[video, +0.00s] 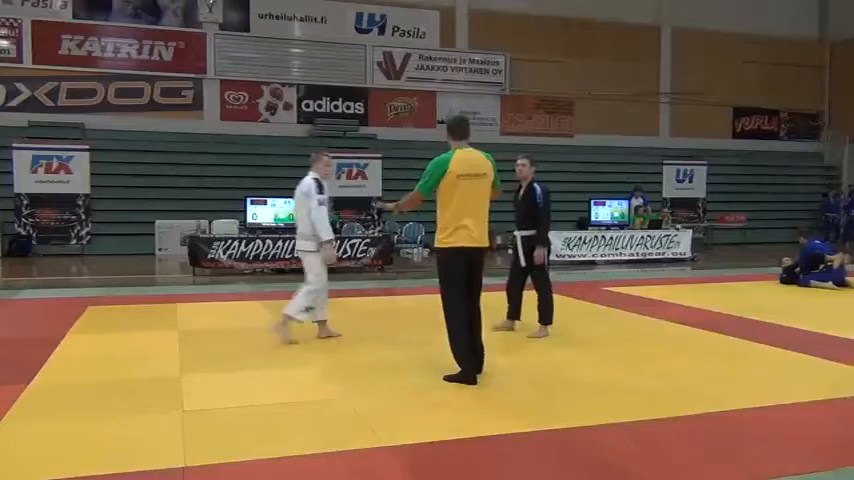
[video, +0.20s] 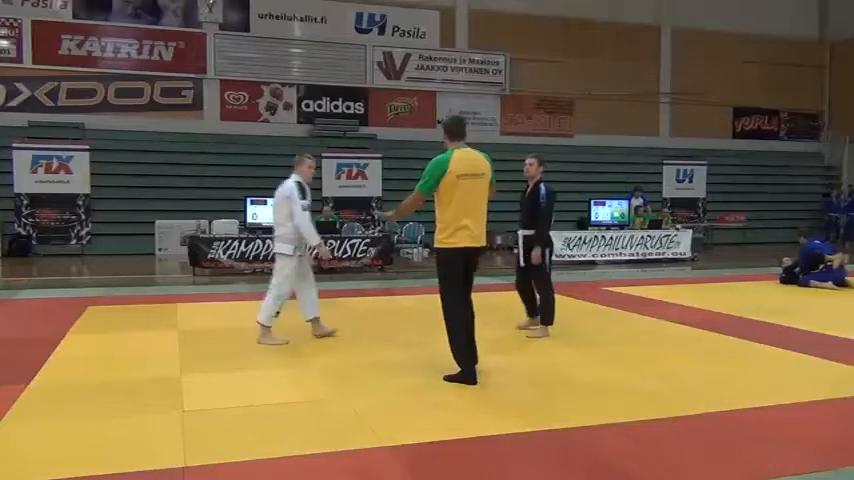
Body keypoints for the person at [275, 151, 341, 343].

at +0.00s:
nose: (330, 169)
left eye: (330, 166)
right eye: (327, 165)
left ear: (318, 165)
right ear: (317, 165)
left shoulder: (307, 183)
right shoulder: (314, 184)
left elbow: (312, 214)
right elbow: (318, 214)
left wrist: (325, 240)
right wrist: (328, 241)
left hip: (311, 243)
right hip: (310, 244)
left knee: (320, 283)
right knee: (316, 283)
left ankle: (322, 325)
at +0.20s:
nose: (313, 172)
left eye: (313, 168)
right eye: (310, 168)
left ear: (299, 168)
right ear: (299, 167)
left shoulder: (288, 186)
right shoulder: (296, 187)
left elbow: (288, 221)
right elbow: (302, 219)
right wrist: (319, 244)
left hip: (295, 248)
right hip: (288, 248)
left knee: (306, 284)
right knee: (280, 287)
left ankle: (316, 324)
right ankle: (264, 331)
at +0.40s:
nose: (297, 168)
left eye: (298, 164)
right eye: (294, 163)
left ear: (283, 164)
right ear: (282, 163)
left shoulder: (273, 181)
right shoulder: (280, 182)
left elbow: (277, 215)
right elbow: (280, 216)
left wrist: (291, 240)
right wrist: (292, 242)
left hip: (274, 243)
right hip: (272, 243)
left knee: (282, 283)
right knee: (272, 284)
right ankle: (263, 330)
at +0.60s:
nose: (281, 168)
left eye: (282, 164)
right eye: (278, 163)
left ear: (268, 164)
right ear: (266, 162)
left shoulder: (258, 181)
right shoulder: (263, 182)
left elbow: (255, 214)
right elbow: (261, 214)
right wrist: (268, 245)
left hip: (252, 244)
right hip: (258, 245)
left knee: (248, 285)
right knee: (267, 287)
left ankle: (224, 323)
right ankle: (263, 333)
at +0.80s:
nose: (266, 170)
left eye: (267, 167)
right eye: (263, 166)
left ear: (253, 167)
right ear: (252, 166)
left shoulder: (241, 184)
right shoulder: (248, 185)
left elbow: (246, 219)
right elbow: (242, 215)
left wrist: (259, 243)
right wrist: (245, 245)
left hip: (231, 246)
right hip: (242, 247)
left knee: (227, 287)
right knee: (261, 285)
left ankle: (215, 330)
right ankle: (262, 331)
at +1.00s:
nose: (257, 169)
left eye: (258, 166)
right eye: (254, 165)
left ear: (242, 165)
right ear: (243, 164)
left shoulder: (230, 182)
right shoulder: (238, 182)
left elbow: (225, 214)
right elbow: (233, 213)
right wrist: (238, 243)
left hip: (220, 243)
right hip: (230, 244)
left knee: (220, 286)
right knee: (242, 286)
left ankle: (214, 329)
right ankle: (235, 333)